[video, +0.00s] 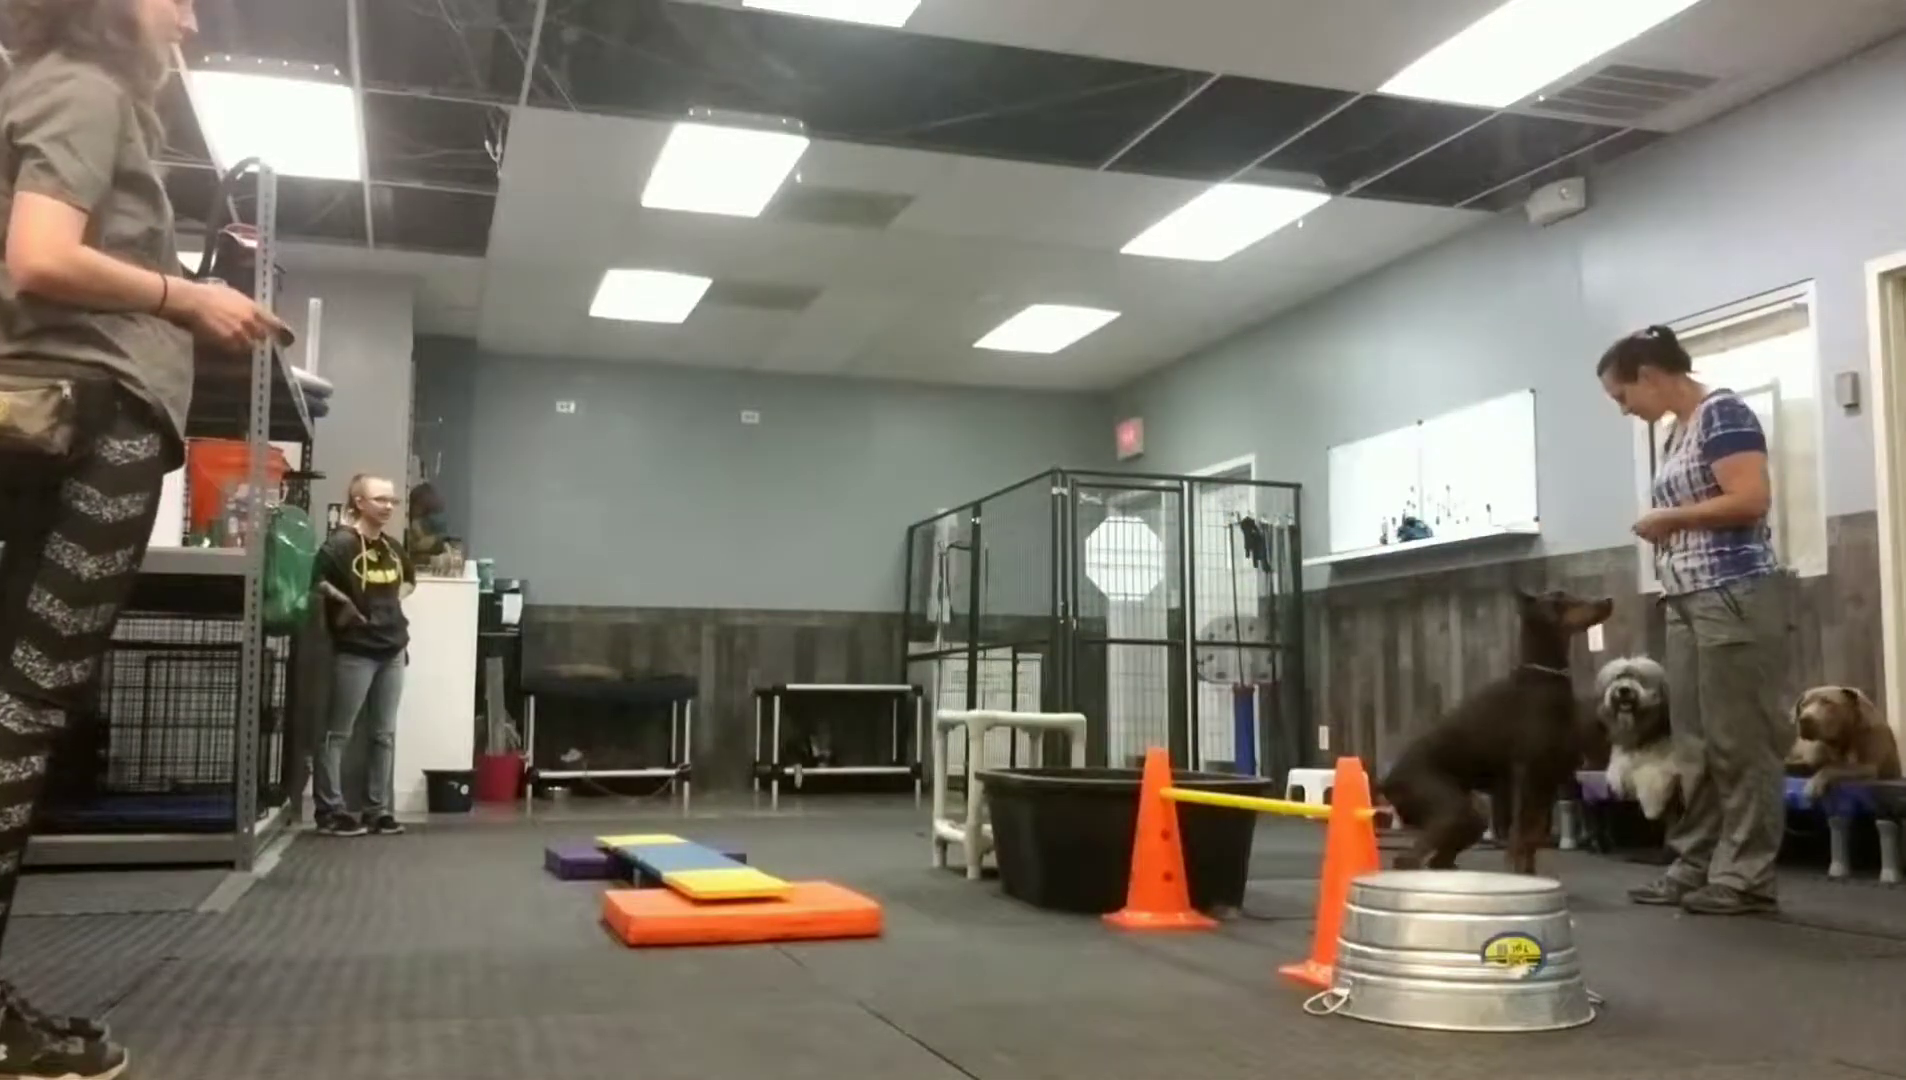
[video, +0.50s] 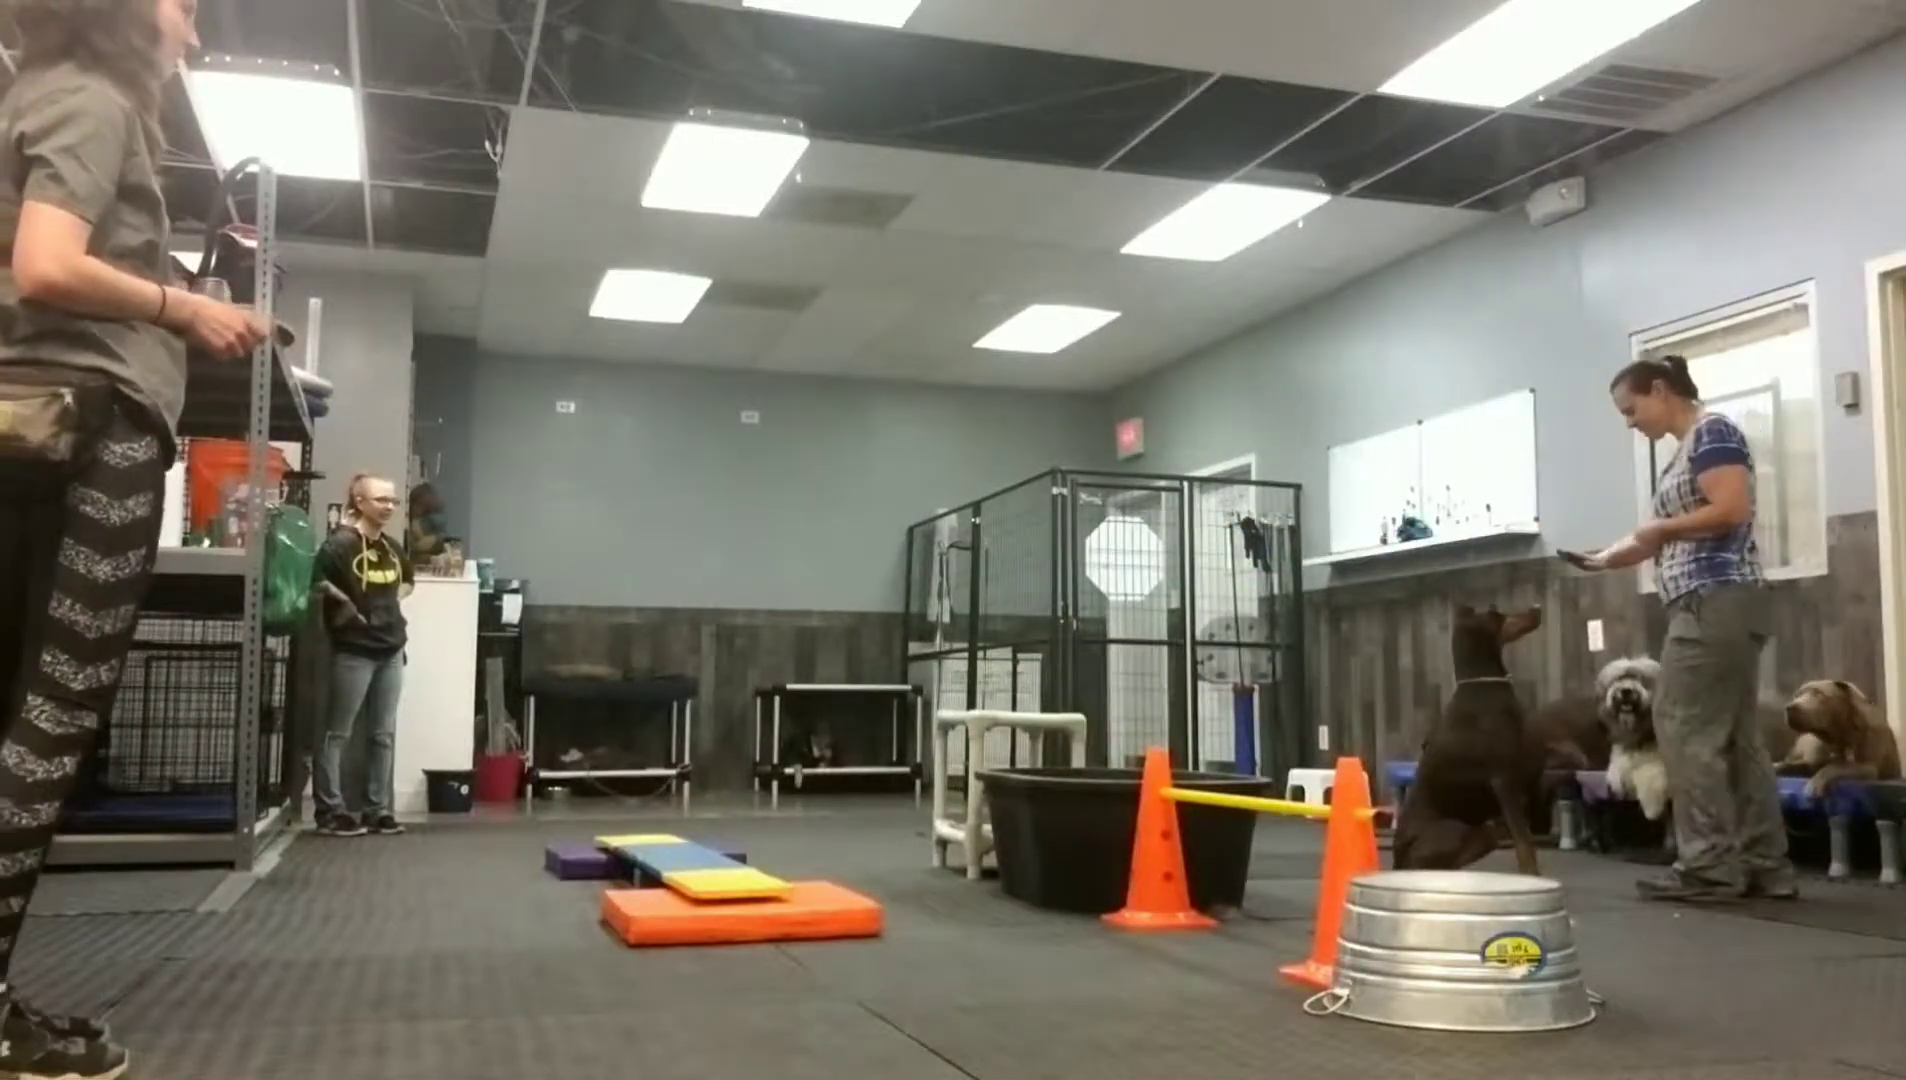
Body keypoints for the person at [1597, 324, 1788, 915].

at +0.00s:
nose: (1626, 410)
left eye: (1623, 396)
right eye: (1619, 401)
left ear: (1650, 374)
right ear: (1650, 380)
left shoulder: (1721, 412)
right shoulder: (1677, 435)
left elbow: (1751, 500)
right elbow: (1702, 512)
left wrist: (1670, 517)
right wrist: (1664, 528)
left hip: (1736, 599)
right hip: (1689, 603)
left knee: (1742, 740)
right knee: (1694, 740)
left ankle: (1746, 879)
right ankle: (1694, 865)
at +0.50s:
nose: (1633, 426)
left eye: (1632, 412)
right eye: (1628, 417)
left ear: (1659, 391)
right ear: (1658, 397)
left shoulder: (1711, 431)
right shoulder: (1686, 452)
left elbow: (1733, 509)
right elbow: (1662, 537)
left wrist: (1661, 528)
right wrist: (1604, 559)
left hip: (1714, 604)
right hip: (1723, 604)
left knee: (1682, 725)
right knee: (1736, 736)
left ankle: (1708, 863)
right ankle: (1767, 865)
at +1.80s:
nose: (1323, 505)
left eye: (1323, 500)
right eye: (1322, 499)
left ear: (1282, 494)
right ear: (1312, 496)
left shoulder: (1251, 527)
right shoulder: (1323, 528)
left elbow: (1234, 577)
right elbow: (1337, 582)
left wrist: (1263, 591)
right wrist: (1342, 621)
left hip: (1260, 635)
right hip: (1310, 637)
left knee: (1267, 726)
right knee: (1311, 723)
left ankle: (1268, 813)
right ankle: (1310, 799)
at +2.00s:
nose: (1350, 536)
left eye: (1352, 530)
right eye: (1350, 528)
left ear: (1318, 515)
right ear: (1339, 518)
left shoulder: (1274, 532)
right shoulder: (1336, 547)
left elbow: (1242, 573)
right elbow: (1348, 613)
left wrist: (1273, 592)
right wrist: (1367, 653)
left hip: (1259, 634)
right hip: (1308, 639)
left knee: (1262, 727)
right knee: (1321, 727)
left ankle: (1263, 814)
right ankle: (1333, 811)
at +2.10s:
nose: (1379, 561)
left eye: (1383, 557)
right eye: (1381, 554)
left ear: (1352, 536)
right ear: (1369, 540)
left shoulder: (1305, 540)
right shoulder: (1363, 567)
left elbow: (1268, 570)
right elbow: (1373, 636)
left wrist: (1284, 602)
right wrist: (1392, 681)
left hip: (1269, 629)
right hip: (1315, 639)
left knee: (1268, 720)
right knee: (1310, 720)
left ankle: (1263, 796)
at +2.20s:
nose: (1399, 579)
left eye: (1403, 575)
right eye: (1401, 573)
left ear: (1376, 551)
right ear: (1390, 558)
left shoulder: (1328, 551)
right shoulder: (1379, 583)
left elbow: (1284, 578)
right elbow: (1392, 649)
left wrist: (1307, 608)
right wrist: (1407, 690)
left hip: (1279, 629)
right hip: (1322, 642)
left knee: (1264, 717)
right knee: (1328, 724)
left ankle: (1243, 798)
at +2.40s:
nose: (1395, 593)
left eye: (1400, 590)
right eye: (1398, 586)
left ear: (1379, 563)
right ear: (1387, 568)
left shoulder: (1322, 561)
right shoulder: (1371, 591)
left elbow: (1279, 582)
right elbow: (1379, 659)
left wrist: (1300, 613)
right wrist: (1410, 710)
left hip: (1263, 632)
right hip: (1306, 646)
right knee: (1327, 726)